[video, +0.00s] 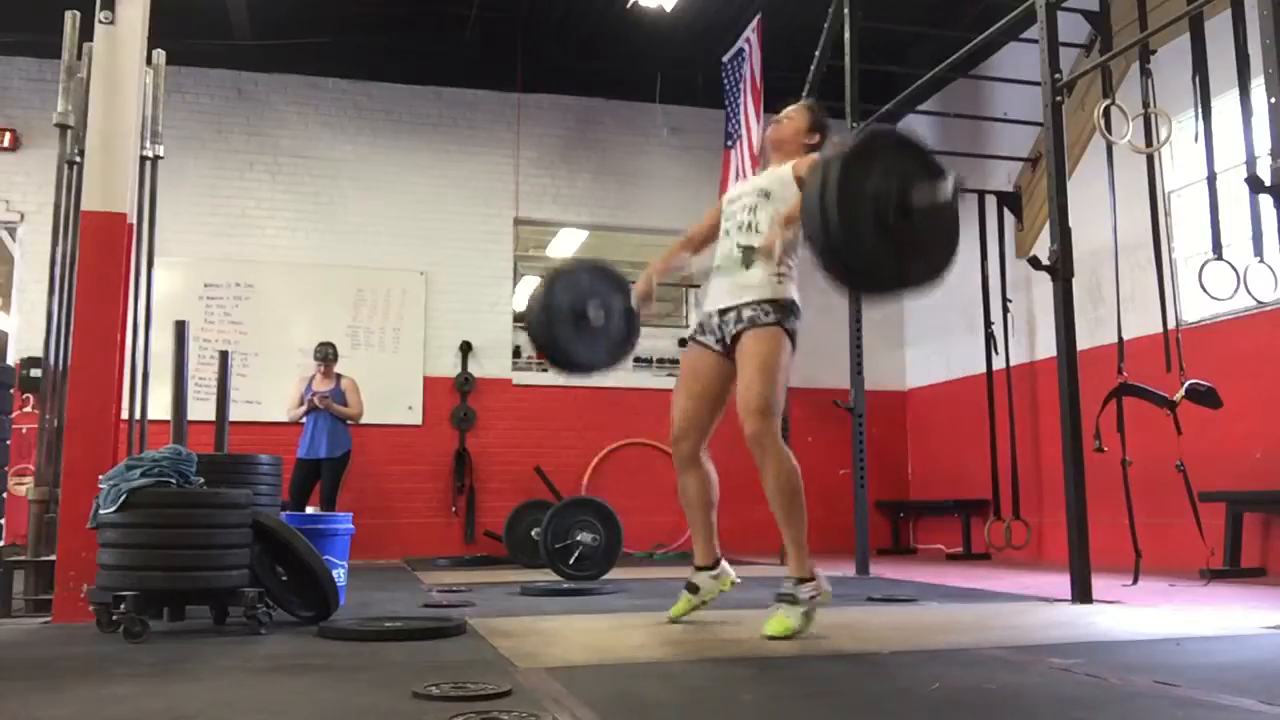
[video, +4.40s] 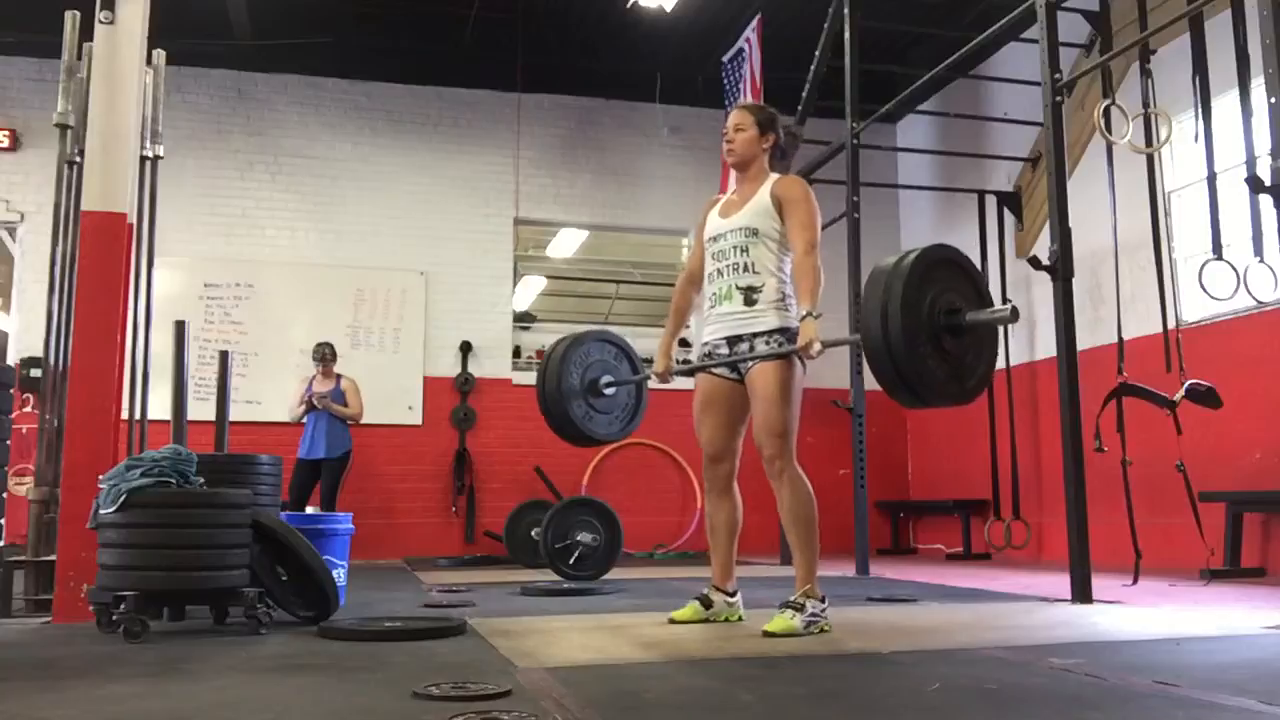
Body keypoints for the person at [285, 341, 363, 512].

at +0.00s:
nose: (323, 370)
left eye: (327, 366)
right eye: (319, 365)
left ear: (335, 362)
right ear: (315, 362)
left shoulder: (346, 383)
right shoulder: (305, 383)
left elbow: (356, 415)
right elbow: (291, 416)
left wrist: (330, 406)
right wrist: (307, 406)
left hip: (335, 449)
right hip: (309, 449)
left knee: (327, 501)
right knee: (296, 498)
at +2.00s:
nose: (322, 370)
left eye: (326, 365)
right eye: (318, 365)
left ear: (334, 362)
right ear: (314, 362)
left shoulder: (346, 383)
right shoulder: (306, 383)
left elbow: (356, 415)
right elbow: (290, 417)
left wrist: (329, 405)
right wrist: (305, 405)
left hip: (335, 450)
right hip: (308, 449)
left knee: (327, 500)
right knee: (295, 499)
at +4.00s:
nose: (321, 369)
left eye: (326, 365)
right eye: (318, 365)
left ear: (334, 362)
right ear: (314, 363)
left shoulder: (346, 384)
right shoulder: (307, 383)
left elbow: (356, 415)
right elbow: (292, 417)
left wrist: (329, 405)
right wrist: (306, 405)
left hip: (336, 449)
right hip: (309, 449)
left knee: (327, 501)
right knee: (295, 499)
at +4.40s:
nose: (321, 370)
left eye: (325, 366)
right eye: (317, 365)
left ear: (334, 362)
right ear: (313, 362)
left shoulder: (346, 384)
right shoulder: (307, 383)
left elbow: (357, 415)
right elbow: (293, 416)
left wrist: (329, 405)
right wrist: (306, 405)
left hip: (336, 450)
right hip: (309, 449)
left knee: (327, 503)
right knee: (295, 500)